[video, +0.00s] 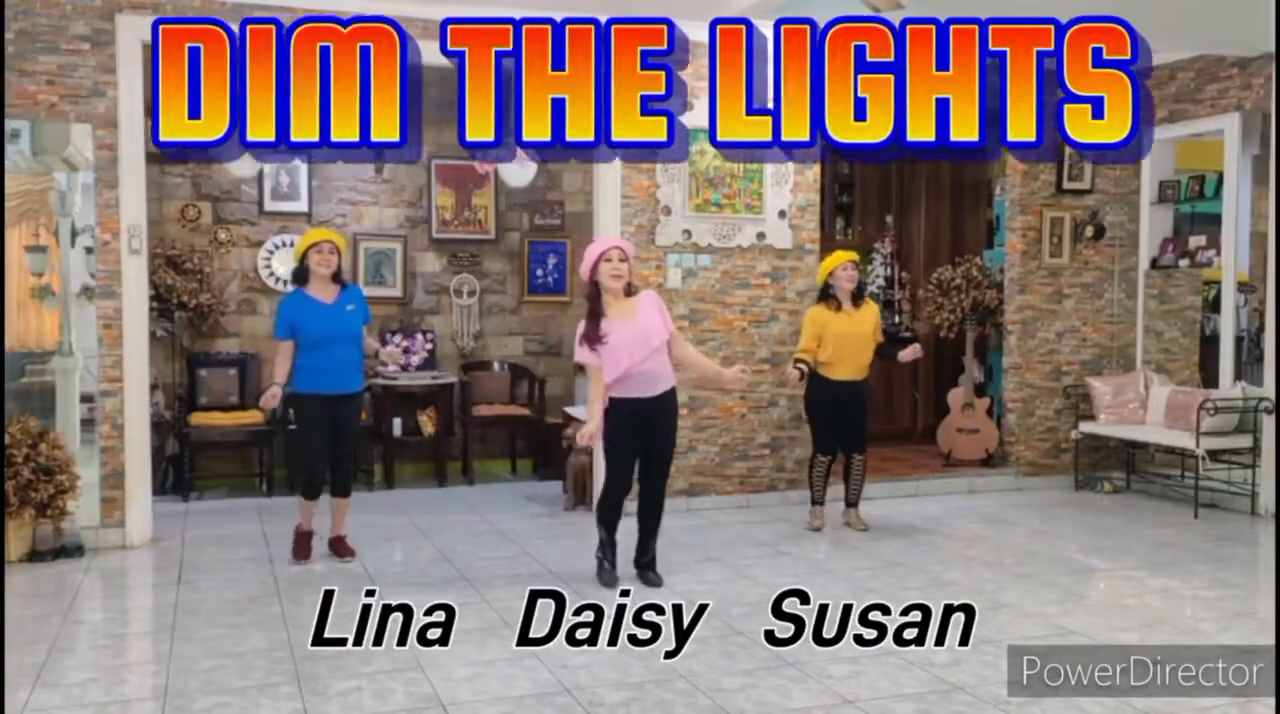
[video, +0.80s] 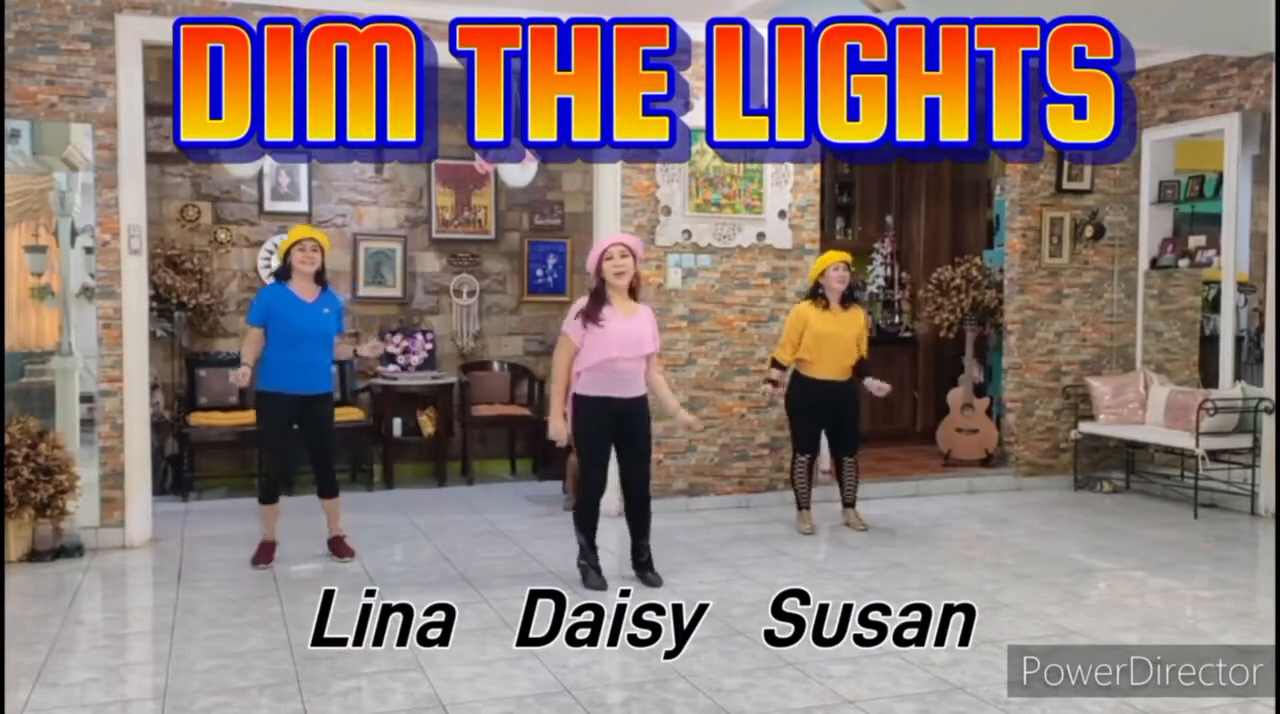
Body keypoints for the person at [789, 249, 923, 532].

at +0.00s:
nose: (852, 273)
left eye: (854, 268)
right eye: (845, 269)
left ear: (859, 275)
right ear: (830, 278)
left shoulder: (870, 310)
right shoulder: (818, 313)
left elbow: (878, 345)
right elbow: (806, 349)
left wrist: (898, 354)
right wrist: (799, 366)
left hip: (856, 387)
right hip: (823, 386)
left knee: (857, 450)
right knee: (825, 449)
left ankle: (851, 509)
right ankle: (817, 508)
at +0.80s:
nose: (842, 274)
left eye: (845, 270)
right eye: (835, 270)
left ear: (850, 277)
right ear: (821, 277)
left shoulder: (857, 315)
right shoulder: (803, 311)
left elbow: (858, 357)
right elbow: (786, 349)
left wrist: (869, 380)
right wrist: (774, 376)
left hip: (842, 390)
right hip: (806, 387)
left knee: (847, 451)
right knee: (805, 452)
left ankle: (850, 509)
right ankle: (804, 511)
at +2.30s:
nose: (856, 278)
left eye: (859, 272)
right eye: (848, 273)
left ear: (864, 277)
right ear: (835, 282)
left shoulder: (875, 311)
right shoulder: (824, 313)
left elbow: (878, 350)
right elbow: (813, 353)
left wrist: (893, 368)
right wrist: (814, 385)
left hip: (863, 389)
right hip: (831, 388)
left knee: (864, 451)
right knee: (826, 452)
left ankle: (857, 511)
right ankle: (812, 510)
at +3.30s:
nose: (842, 277)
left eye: (846, 272)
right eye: (835, 273)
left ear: (852, 278)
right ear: (822, 281)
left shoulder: (861, 313)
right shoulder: (807, 313)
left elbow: (866, 350)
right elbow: (788, 349)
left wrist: (864, 380)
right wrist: (779, 380)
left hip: (844, 390)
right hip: (807, 388)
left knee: (851, 452)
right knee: (807, 452)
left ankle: (854, 510)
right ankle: (807, 513)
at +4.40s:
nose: (845, 278)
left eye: (848, 273)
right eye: (838, 273)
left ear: (852, 279)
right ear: (822, 280)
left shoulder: (862, 305)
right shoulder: (811, 317)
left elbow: (881, 332)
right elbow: (807, 358)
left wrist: (880, 365)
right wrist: (812, 392)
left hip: (861, 387)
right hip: (826, 388)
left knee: (862, 452)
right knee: (820, 453)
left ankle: (857, 511)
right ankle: (810, 512)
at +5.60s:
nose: (844, 277)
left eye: (848, 272)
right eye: (837, 272)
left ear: (855, 278)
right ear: (824, 280)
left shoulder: (862, 315)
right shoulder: (808, 312)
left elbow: (875, 349)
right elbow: (787, 349)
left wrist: (868, 378)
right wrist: (775, 378)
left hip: (844, 392)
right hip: (807, 389)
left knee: (850, 453)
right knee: (808, 454)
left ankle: (856, 512)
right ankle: (810, 514)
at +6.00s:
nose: (831, 278)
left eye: (834, 273)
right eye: (824, 273)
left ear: (841, 279)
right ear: (810, 281)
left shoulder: (854, 309)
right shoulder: (796, 316)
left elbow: (868, 345)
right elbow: (777, 346)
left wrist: (862, 375)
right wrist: (763, 361)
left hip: (837, 392)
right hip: (799, 391)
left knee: (835, 454)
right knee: (803, 453)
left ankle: (828, 512)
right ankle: (809, 514)